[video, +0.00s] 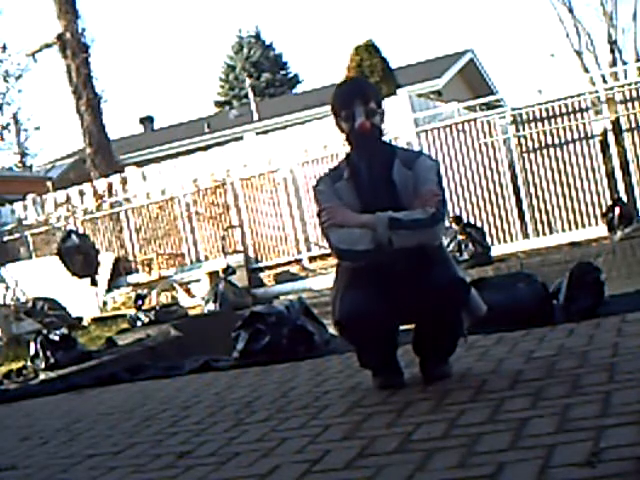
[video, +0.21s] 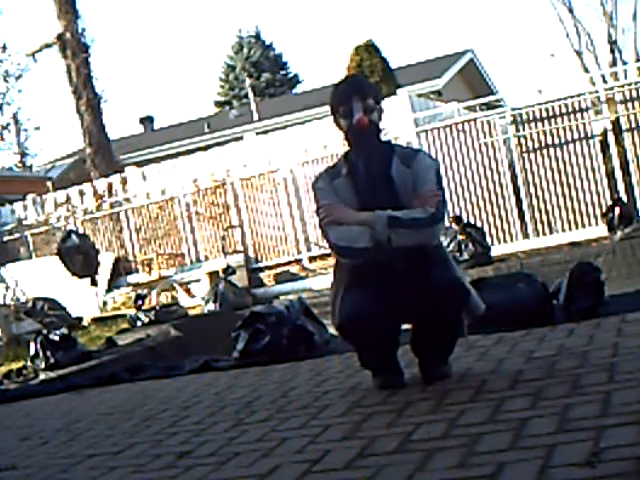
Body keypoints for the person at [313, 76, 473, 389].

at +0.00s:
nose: (362, 124)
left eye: (370, 113)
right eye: (351, 116)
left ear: (382, 114)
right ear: (339, 122)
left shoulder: (418, 164)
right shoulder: (329, 185)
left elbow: (434, 226)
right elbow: (344, 245)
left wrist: (359, 220)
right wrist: (412, 217)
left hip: (422, 265)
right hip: (365, 277)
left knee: (447, 290)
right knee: (356, 313)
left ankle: (434, 358)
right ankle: (384, 367)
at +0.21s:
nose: (360, 120)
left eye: (368, 108)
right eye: (348, 112)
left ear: (380, 111)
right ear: (337, 121)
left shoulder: (417, 162)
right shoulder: (327, 182)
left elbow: (431, 226)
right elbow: (342, 243)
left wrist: (356, 218)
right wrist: (412, 216)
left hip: (422, 266)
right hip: (364, 278)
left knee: (445, 296)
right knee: (359, 316)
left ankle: (434, 358)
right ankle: (384, 367)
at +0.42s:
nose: (360, 118)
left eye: (368, 107)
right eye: (349, 112)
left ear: (380, 110)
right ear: (338, 121)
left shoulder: (417, 159)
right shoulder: (327, 182)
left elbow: (433, 223)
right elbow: (343, 243)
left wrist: (356, 217)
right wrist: (412, 214)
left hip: (423, 266)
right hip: (365, 278)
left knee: (447, 296)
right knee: (359, 316)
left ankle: (434, 358)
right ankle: (384, 367)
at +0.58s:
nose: (362, 118)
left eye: (369, 107)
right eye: (350, 112)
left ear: (381, 110)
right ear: (338, 121)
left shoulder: (417, 159)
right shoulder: (328, 182)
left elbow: (433, 223)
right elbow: (346, 243)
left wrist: (357, 216)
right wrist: (414, 214)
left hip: (423, 266)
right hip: (365, 278)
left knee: (446, 297)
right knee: (360, 316)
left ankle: (434, 358)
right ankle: (384, 367)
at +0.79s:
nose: (363, 121)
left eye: (371, 110)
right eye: (351, 114)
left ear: (382, 111)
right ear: (339, 121)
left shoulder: (418, 162)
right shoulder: (329, 183)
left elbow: (434, 224)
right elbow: (344, 244)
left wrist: (359, 220)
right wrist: (414, 218)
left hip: (423, 264)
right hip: (365, 276)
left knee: (444, 297)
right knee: (359, 315)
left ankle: (434, 359)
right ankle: (384, 367)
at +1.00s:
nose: (362, 124)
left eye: (370, 112)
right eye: (350, 117)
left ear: (381, 112)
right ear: (338, 122)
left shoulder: (418, 164)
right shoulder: (328, 185)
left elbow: (434, 228)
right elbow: (345, 246)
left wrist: (359, 222)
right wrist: (414, 220)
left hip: (422, 265)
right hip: (365, 277)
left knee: (444, 293)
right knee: (359, 315)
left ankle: (434, 358)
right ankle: (384, 367)